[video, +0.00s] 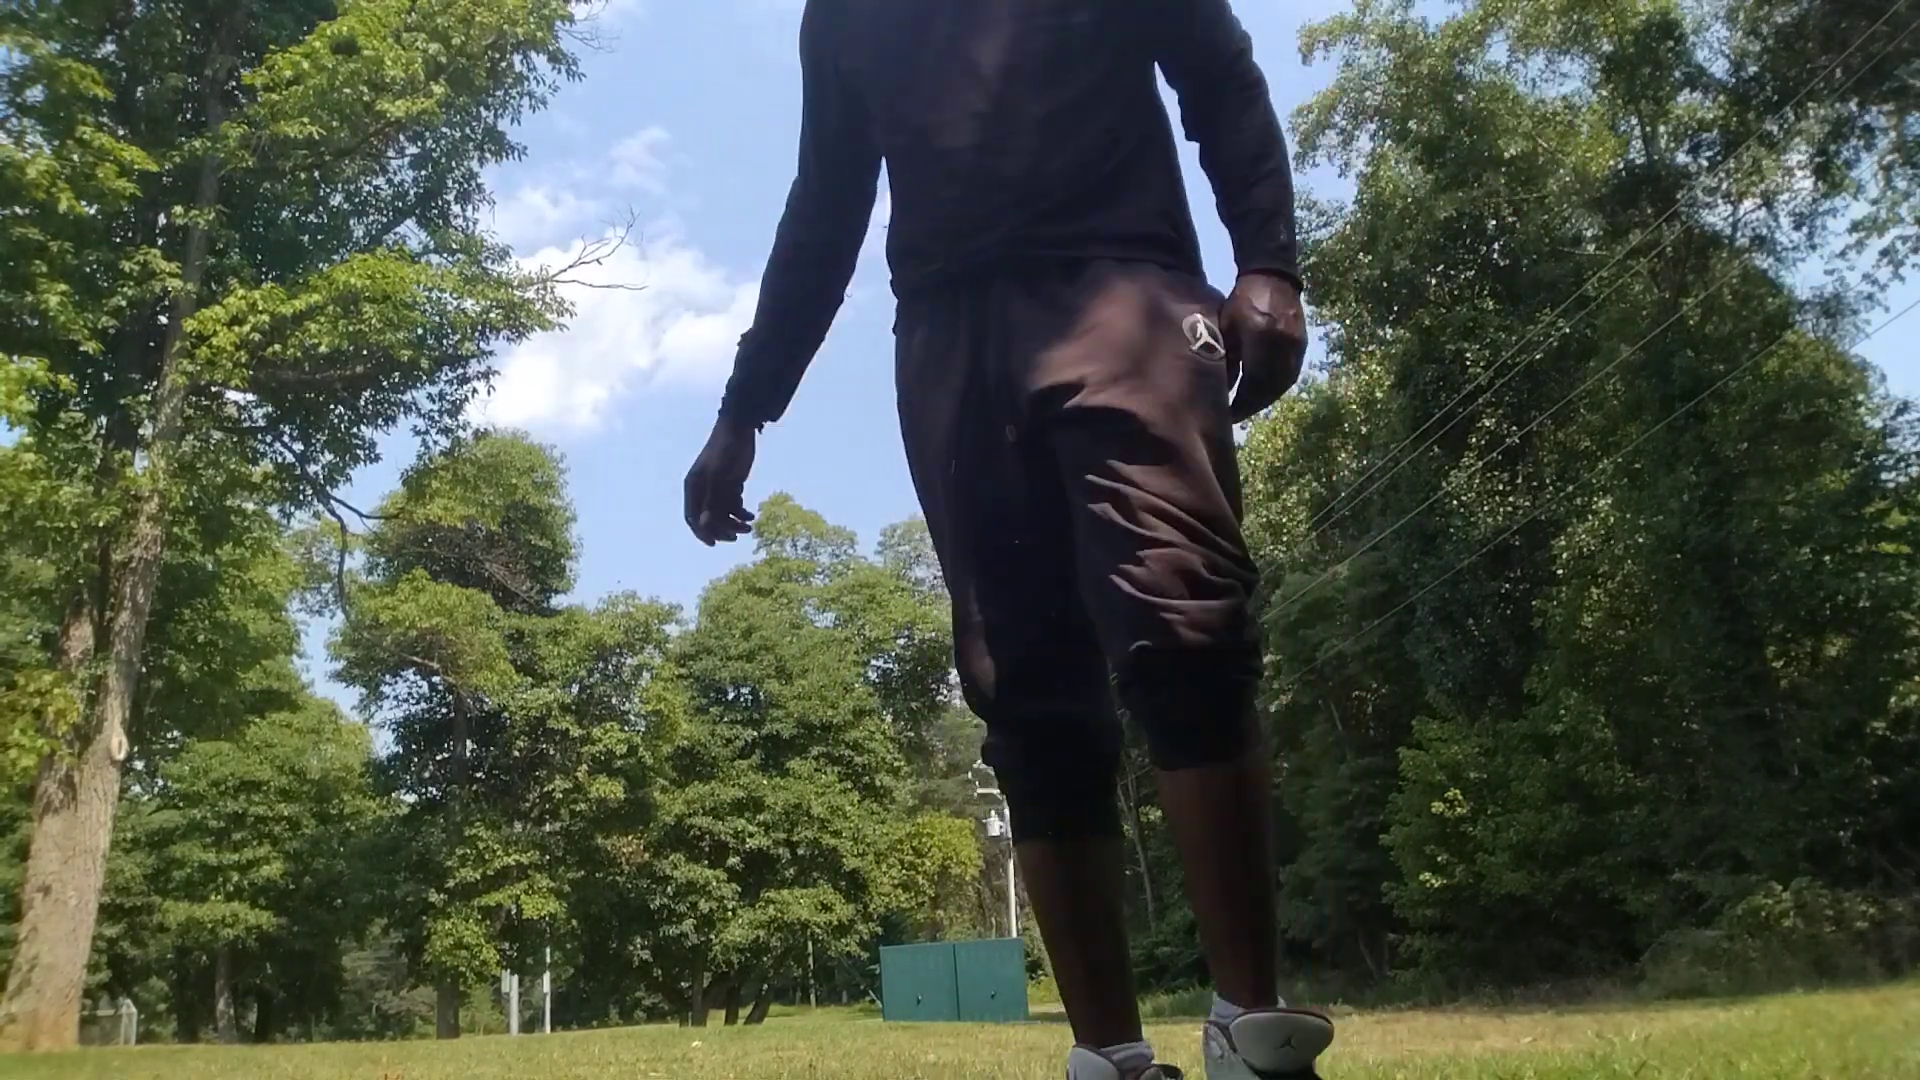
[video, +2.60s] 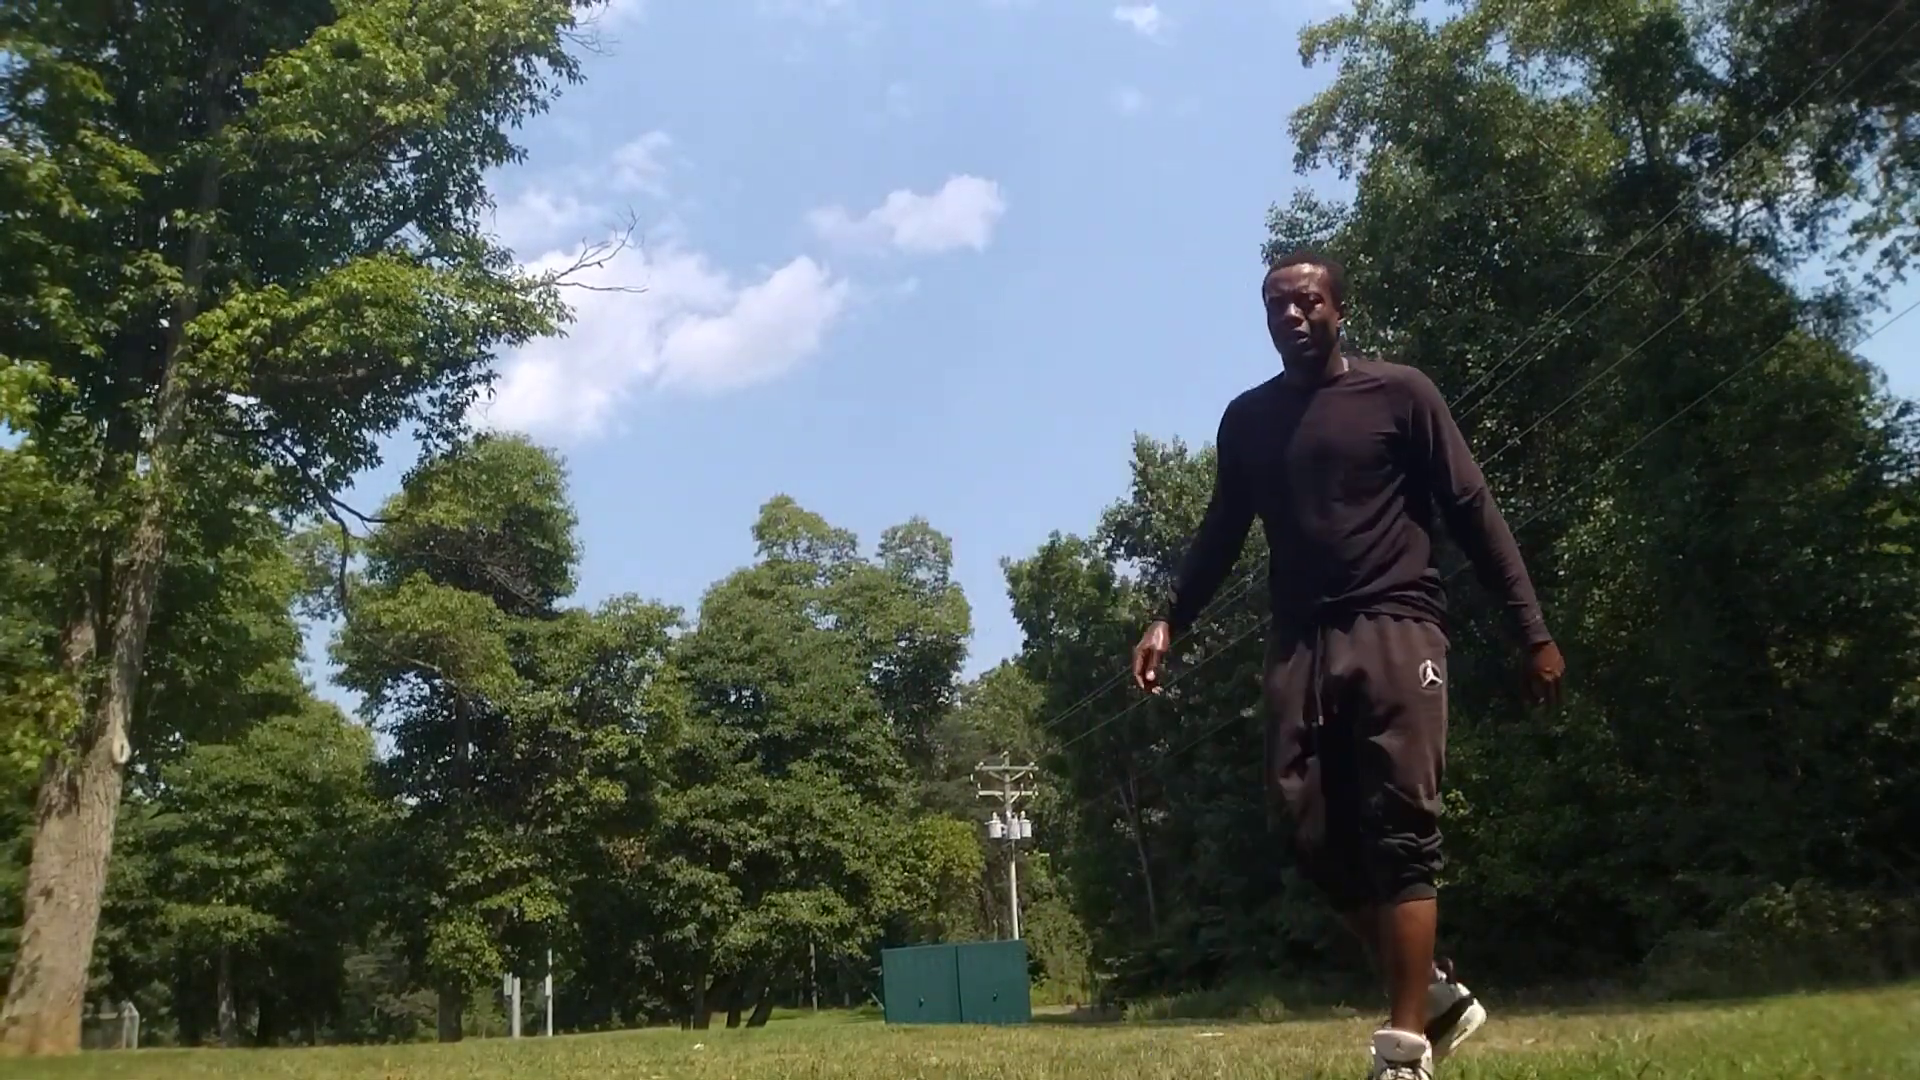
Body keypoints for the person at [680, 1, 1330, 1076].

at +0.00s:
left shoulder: (1140, 5)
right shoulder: (843, 14)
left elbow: (1223, 78)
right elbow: (825, 203)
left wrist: (1268, 263)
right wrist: (740, 416)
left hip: (1121, 284)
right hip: (946, 320)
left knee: (1187, 642)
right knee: (1031, 706)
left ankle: (1249, 1029)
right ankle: (1109, 1054)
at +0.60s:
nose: (1080, 3)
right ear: (1038, 11)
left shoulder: (1225, 86)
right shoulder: (984, 133)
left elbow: (1317, 229)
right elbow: (951, 307)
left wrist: (1368, 326)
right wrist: (901, 408)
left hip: (1222, 437)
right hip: (1065, 447)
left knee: (1239, 732)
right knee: (1095, 725)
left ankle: (1262, 1040)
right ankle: (1113, 1044)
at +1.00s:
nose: (1164, 46)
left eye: (1184, 34)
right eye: (1143, 29)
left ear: (1202, 61)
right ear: (1102, 50)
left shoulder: (1253, 191)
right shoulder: (1035, 185)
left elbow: (1314, 363)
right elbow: (971, 332)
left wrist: (1391, 511)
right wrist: (949, 421)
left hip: (1232, 492)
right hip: (1089, 497)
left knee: (1249, 767)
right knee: (1110, 749)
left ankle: (1266, 1045)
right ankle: (1155, 1000)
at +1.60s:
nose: (1080, 193)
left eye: (1097, 178)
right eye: (1063, 184)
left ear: (1131, 198)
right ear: (1045, 210)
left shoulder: (1203, 287)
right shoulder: (1023, 331)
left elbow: (1275, 414)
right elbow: (978, 467)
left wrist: (1309, 530)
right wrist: (897, 579)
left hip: (1212, 550)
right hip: (1094, 572)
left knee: (1243, 770)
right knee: (1136, 801)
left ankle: (1271, 1027)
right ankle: (1176, 1040)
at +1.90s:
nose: (1097, 233)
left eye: (1115, 218)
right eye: (1085, 225)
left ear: (1157, 236)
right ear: (1077, 251)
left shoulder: (1223, 304)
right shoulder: (1077, 366)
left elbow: (1311, 413)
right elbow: (1077, 504)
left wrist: (1349, 529)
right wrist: (1034, 622)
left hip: (1230, 572)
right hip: (1124, 590)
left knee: (1257, 781)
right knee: (1151, 810)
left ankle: (1353, 999)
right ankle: (1181, 1049)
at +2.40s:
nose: (1253, 298)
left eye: (1267, 283)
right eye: (1239, 287)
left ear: (1301, 292)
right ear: (1224, 304)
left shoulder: (1362, 372)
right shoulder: (1210, 406)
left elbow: (1435, 485)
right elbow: (1197, 520)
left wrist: (1450, 601)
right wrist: (1162, 610)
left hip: (1363, 619)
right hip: (1261, 628)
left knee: (1386, 821)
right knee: (1243, 809)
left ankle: (1400, 1042)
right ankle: (1268, 1029)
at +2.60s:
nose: (1294, 315)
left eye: (1308, 300)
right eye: (1280, 304)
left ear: (1340, 308)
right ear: (1265, 319)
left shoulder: (1403, 393)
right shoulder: (1246, 420)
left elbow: (1474, 509)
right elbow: (1222, 529)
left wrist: (1531, 628)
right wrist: (1170, 620)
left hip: (1395, 628)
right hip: (1299, 642)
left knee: (1400, 826)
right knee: (1311, 831)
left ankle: (1404, 1042)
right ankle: (1431, 992)